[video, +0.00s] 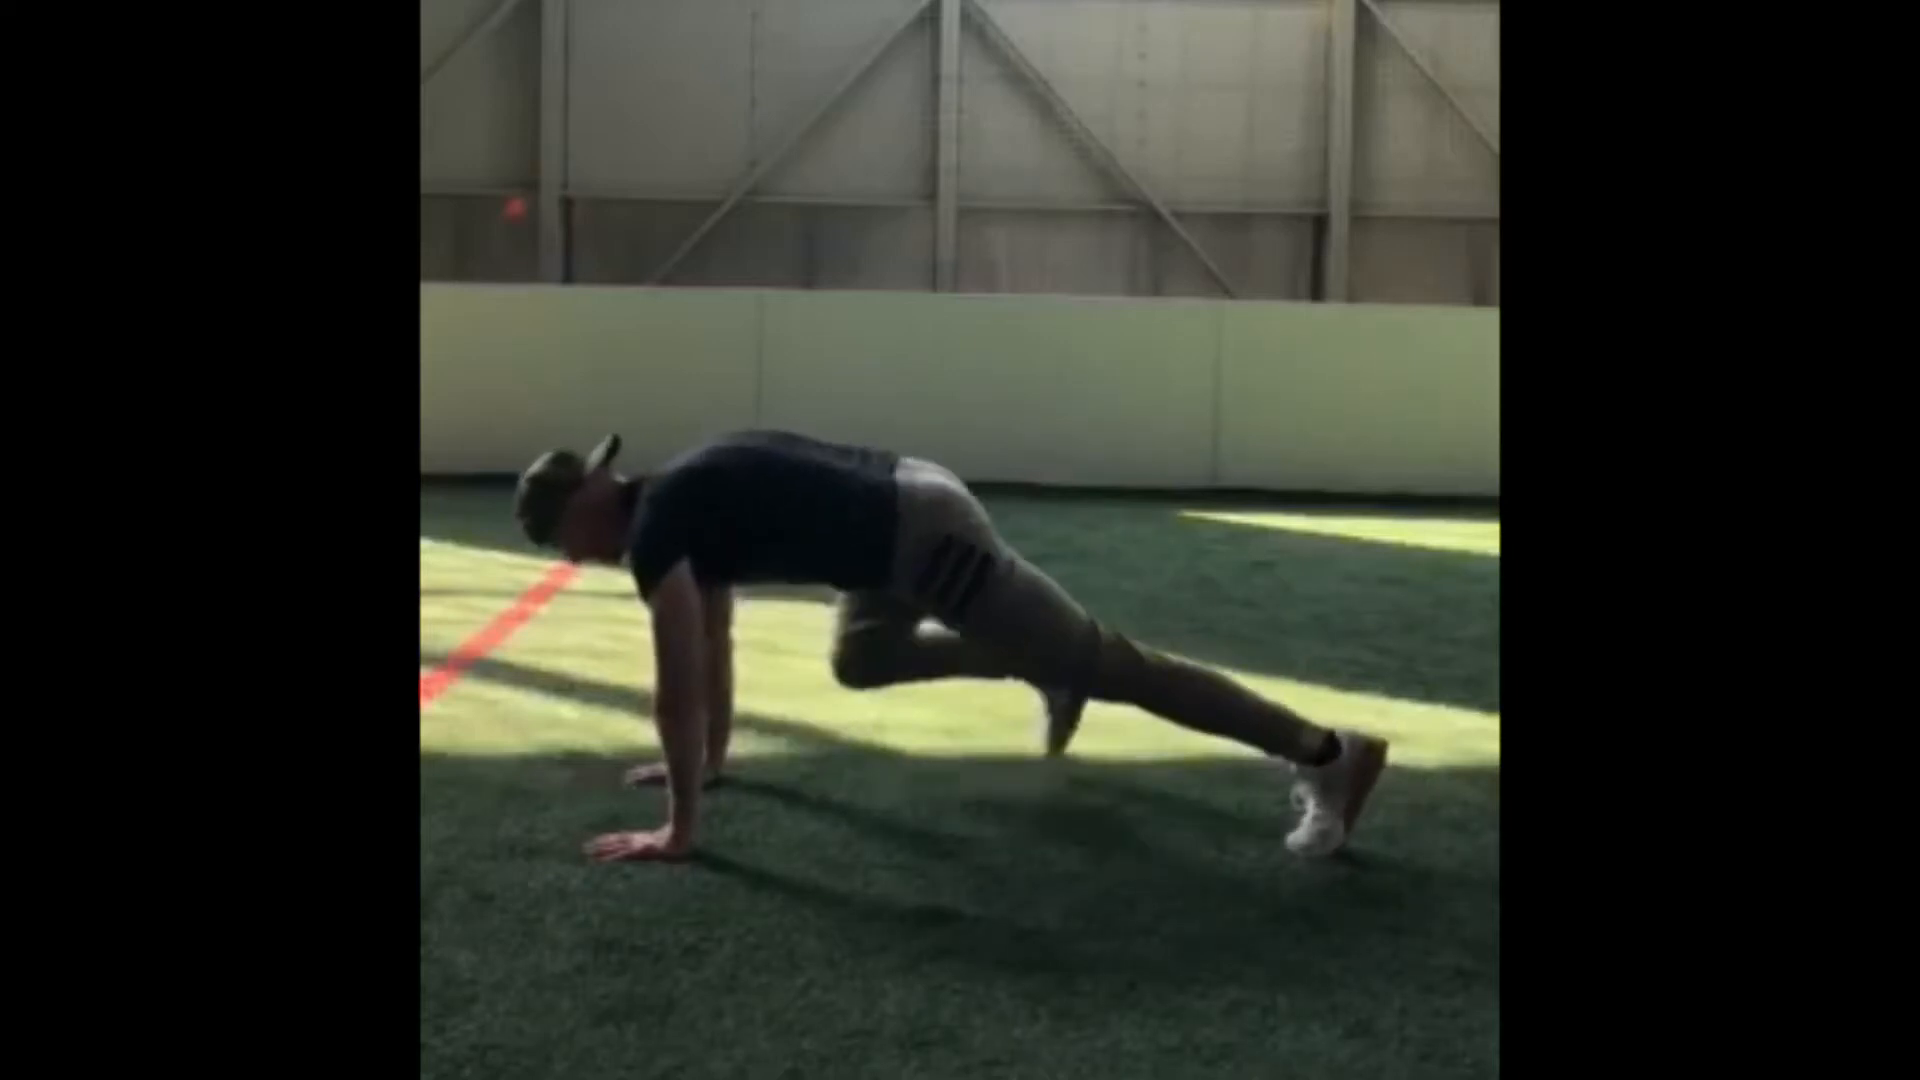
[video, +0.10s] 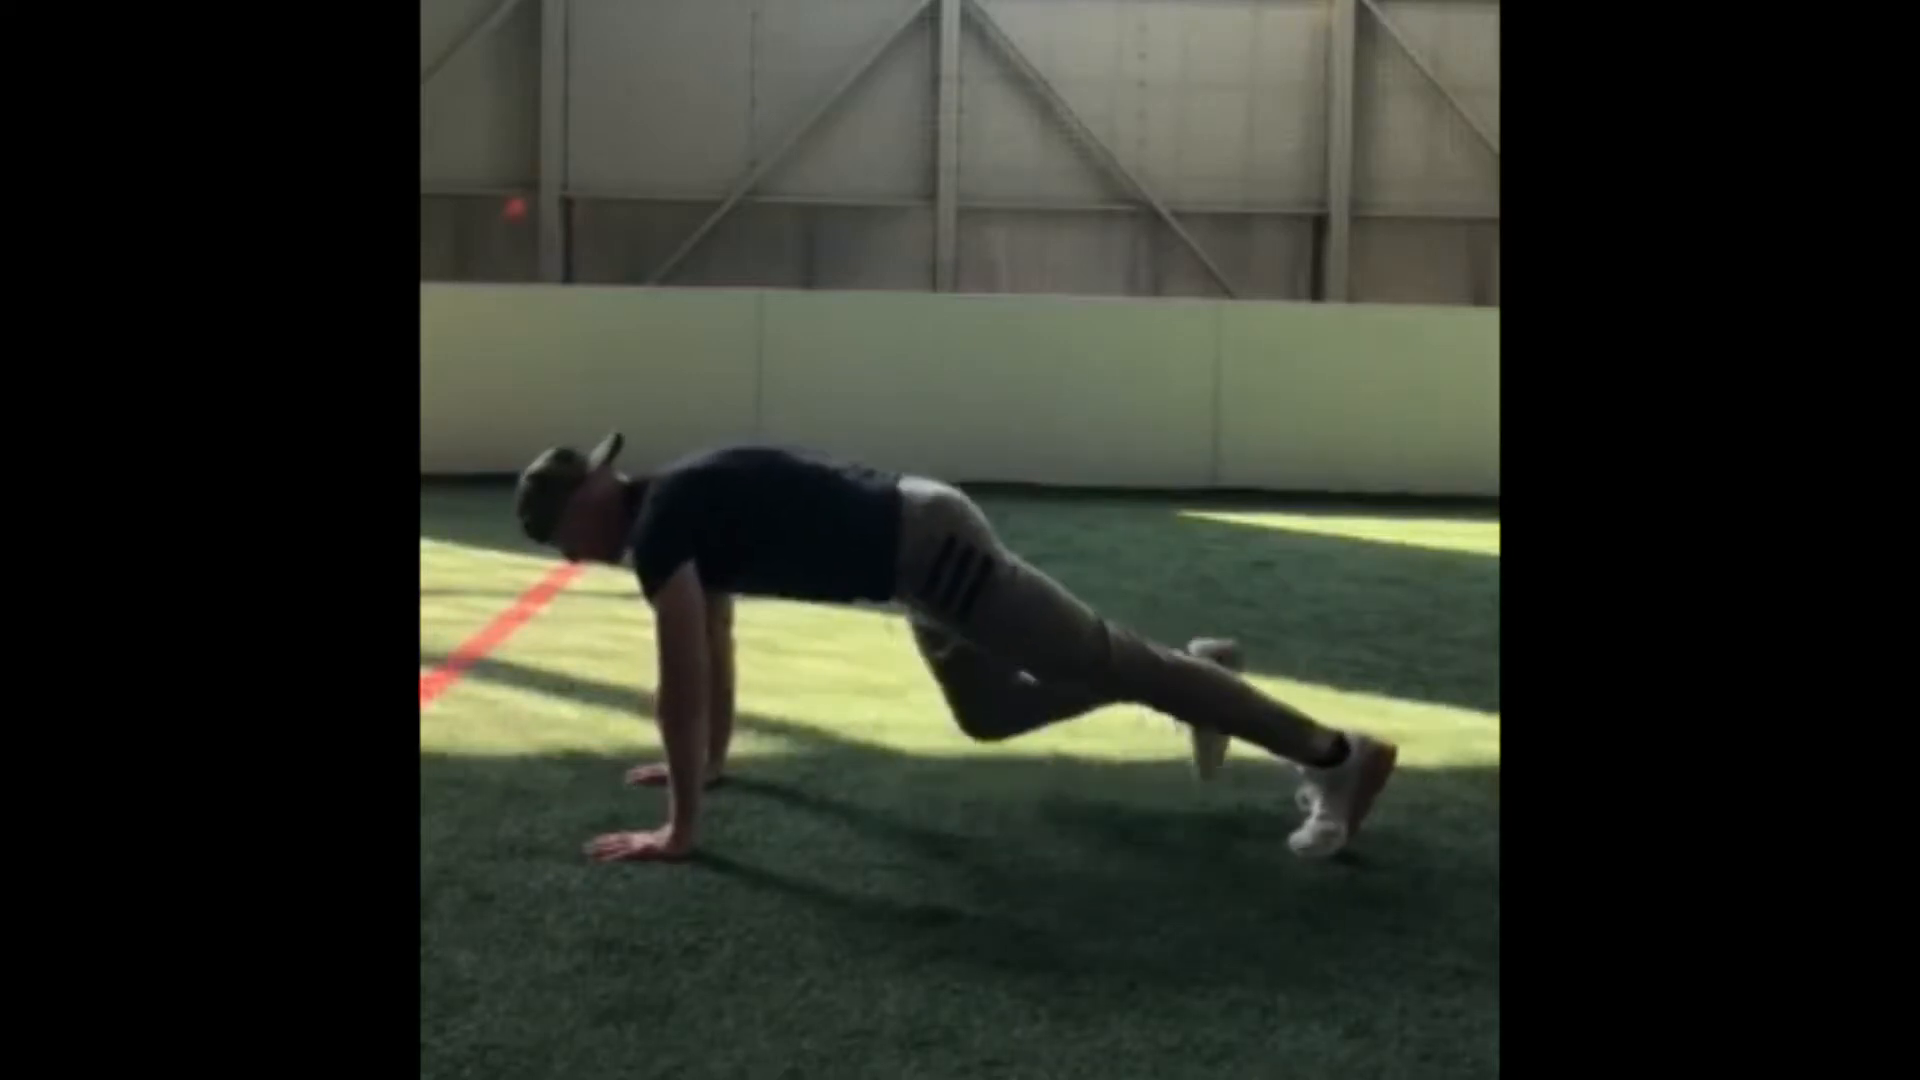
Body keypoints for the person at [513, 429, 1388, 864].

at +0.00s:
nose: (583, 563)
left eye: (575, 549)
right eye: (572, 551)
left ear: (591, 509)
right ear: (605, 488)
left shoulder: (659, 531)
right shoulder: (685, 499)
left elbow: (678, 690)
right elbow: (712, 654)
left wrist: (678, 828)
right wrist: (707, 757)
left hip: (924, 527)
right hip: (900, 509)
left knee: (1110, 666)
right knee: (860, 661)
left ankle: (1330, 754)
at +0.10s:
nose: (582, 562)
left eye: (573, 546)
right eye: (570, 551)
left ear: (591, 506)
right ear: (603, 491)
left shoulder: (659, 530)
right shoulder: (683, 511)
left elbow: (679, 688)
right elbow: (716, 662)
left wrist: (679, 830)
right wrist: (705, 763)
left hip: (932, 544)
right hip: (920, 550)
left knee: (1124, 666)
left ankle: (1340, 756)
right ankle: (1175, 678)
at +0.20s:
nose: (595, 562)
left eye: (585, 546)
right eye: (583, 550)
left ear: (603, 506)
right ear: (617, 489)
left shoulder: (672, 531)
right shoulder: (696, 506)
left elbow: (689, 686)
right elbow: (721, 666)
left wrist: (681, 826)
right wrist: (704, 768)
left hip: (944, 573)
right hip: (940, 556)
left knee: (1103, 697)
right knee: (1082, 698)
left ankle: (1355, 768)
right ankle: (1286, 733)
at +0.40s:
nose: (579, 556)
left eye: (570, 542)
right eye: (566, 546)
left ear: (588, 504)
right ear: (603, 483)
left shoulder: (660, 533)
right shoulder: (684, 498)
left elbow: (690, 683)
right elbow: (716, 662)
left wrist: (681, 828)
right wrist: (699, 764)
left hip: (924, 543)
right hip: (944, 505)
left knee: (1003, 749)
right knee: (1077, 654)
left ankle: (1237, 713)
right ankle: (1278, 714)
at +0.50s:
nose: (570, 560)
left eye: (563, 545)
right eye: (558, 551)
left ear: (583, 502)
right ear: (591, 494)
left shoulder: (664, 523)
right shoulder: (670, 501)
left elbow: (688, 678)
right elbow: (702, 653)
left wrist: (681, 828)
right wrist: (698, 760)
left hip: (901, 522)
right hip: (927, 499)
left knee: (826, 698)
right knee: (1074, 637)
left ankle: (1056, 747)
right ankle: (1281, 717)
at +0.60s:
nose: (567, 561)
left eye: (557, 545)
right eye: (552, 552)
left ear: (578, 505)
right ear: (583, 498)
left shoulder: (659, 531)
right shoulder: (660, 506)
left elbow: (680, 689)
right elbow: (699, 667)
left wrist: (675, 832)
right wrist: (691, 754)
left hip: (883, 542)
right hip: (915, 533)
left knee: (709, 593)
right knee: (1056, 660)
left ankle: (825, 820)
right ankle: (1272, 719)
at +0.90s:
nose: (556, 567)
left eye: (546, 552)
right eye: (543, 558)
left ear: (568, 511)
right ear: (579, 498)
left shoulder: (642, 532)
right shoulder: (658, 501)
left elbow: (663, 684)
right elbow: (706, 654)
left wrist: (672, 830)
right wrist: (693, 756)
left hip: (872, 546)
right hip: (912, 540)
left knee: (683, 602)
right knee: (1052, 672)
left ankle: (802, 825)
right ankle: (1269, 723)